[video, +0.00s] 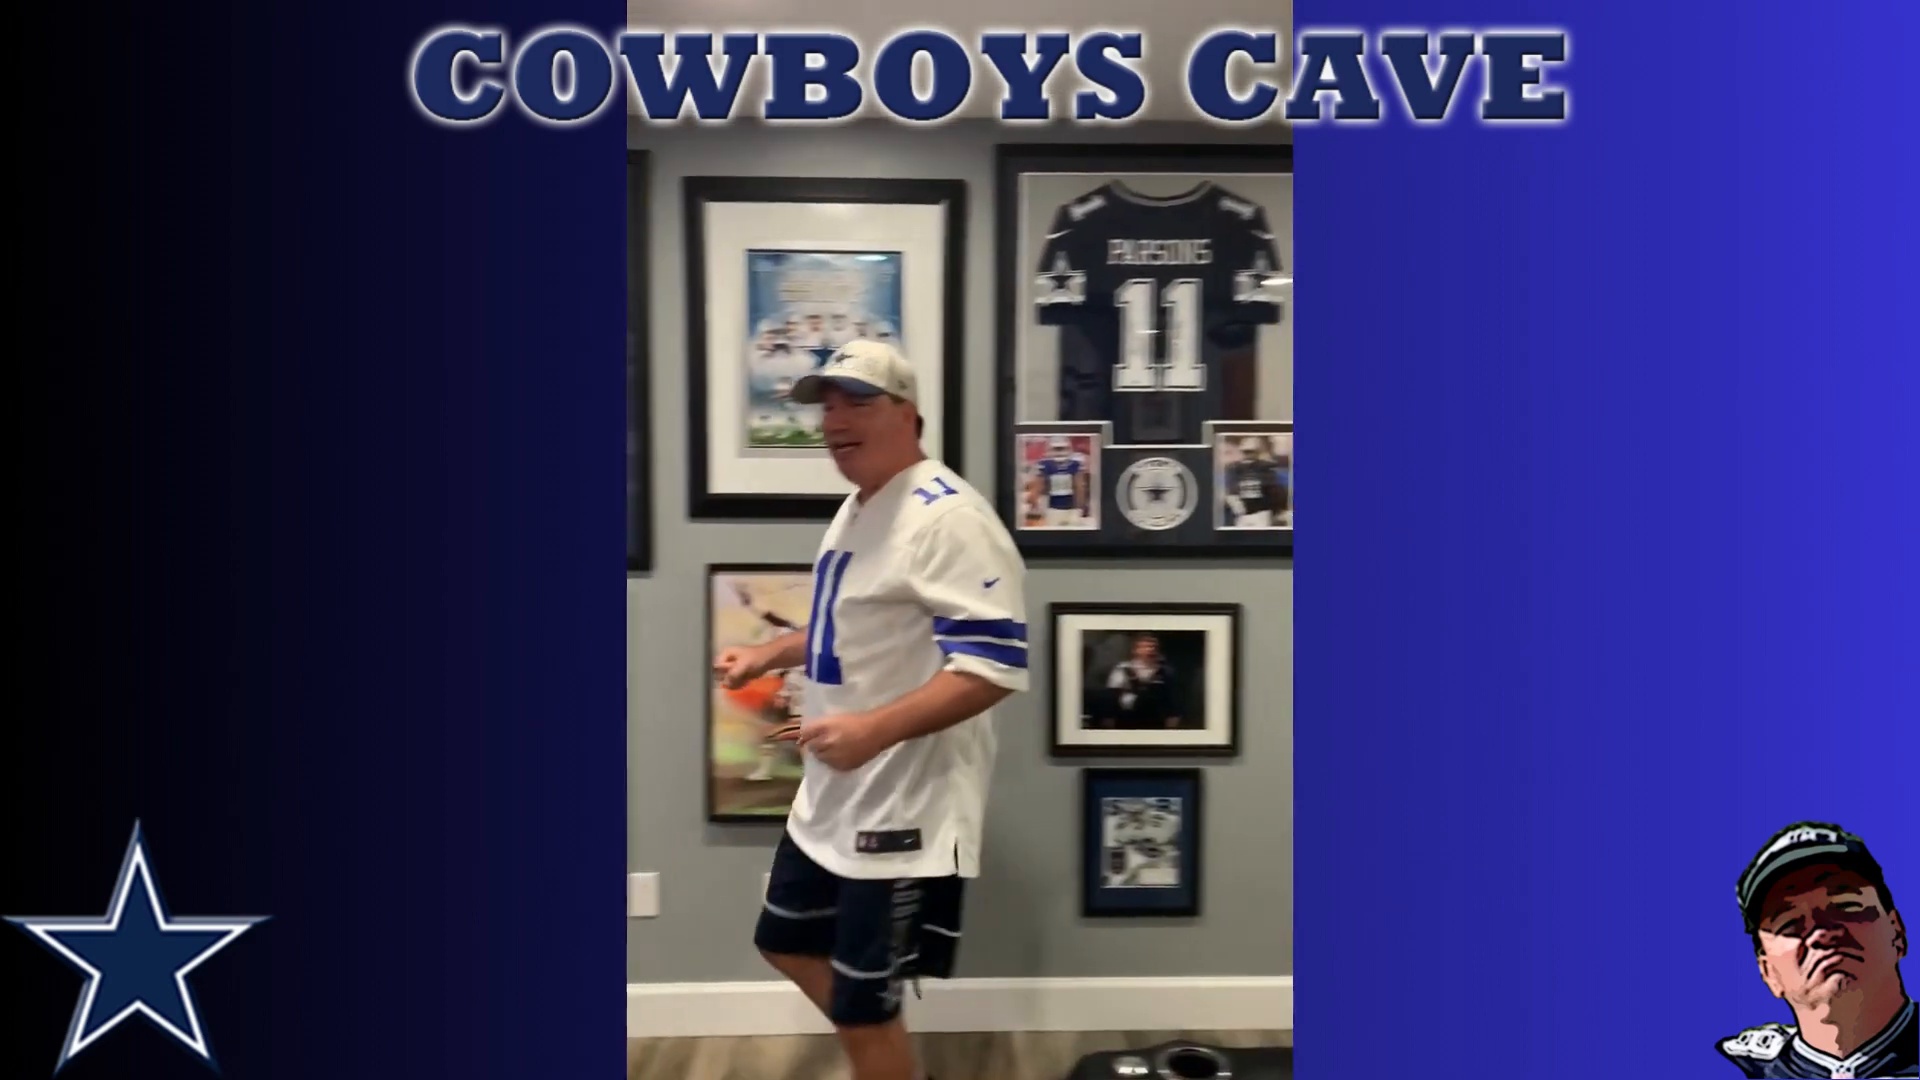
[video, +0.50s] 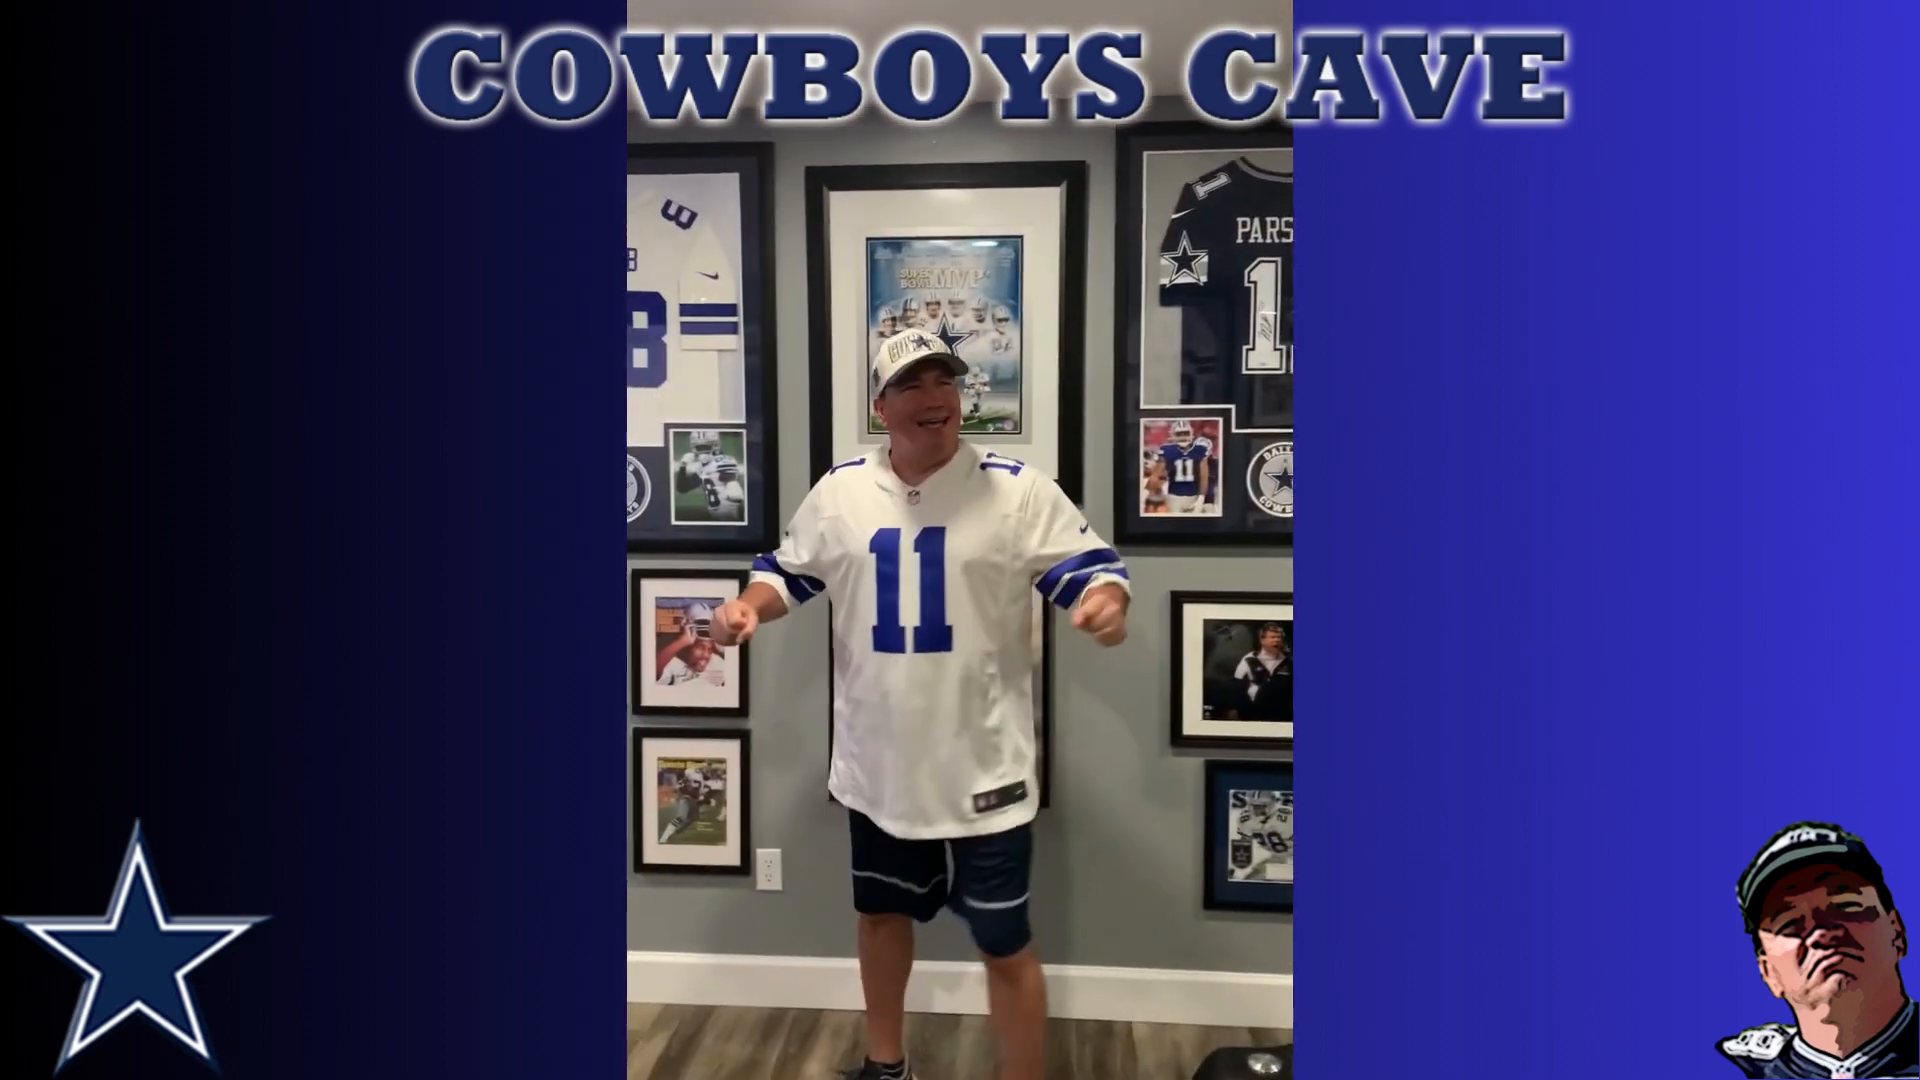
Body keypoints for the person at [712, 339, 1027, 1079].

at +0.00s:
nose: (834, 421)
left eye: (855, 404)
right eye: (826, 405)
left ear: (907, 414)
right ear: (819, 415)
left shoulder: (953, 520)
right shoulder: (858, 510)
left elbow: (991, 667)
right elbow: (855, 630)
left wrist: (873, 728)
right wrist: (774, 652)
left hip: (905, 812)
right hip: (830, 793)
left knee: (867, 1009)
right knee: (789, 942)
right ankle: (886, 1059)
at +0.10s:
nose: (862, 412)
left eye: (883, 394)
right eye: (851, 397)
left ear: (931, 404)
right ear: (841, 409)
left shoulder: (975, 513)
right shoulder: (863, 501)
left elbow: (1013, 655)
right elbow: (852, 620)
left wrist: (904, 704)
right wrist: (775, 645)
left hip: (922, 805)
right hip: (837, 786)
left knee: (899, 1002)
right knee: (793, 930)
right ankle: (848, 1062)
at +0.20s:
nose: (894, 408)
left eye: (913, 390)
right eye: (878, 394)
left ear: (950, 405)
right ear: (864, 409)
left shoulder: (996, 509)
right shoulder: (860, 497)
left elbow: (1049, 639)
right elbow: (837, 602)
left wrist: (954, 680)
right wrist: (770, 632)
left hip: (936, 801)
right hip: (848, 790)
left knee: (929, 995)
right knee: (822, 946)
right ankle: (822, 1070)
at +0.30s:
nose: (917, 407)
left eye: (933, 390)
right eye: (900, 392)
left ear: (959, 405)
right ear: (877, 411)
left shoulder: (1009, 505)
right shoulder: (850, 498)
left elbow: (1079, 622)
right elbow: (817, 590)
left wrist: (1026, 650)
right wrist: (757, 624)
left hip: (957, 794)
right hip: (862, 786)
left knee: (956, 988)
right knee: (859, 950)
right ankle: (853, 1071)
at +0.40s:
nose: (927, 424)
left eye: (940, 410)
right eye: (909, 411)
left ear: (960, 407)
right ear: (880, 412)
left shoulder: (1015, 500)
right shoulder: (844, 495)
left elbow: (1098, 591)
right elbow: (794, 577)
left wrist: (1082, 618)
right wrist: (748, 614)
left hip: (971, 775)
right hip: (872, 771)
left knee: (981, 959)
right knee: (876, 928)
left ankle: (995, 1076)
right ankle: (871, 1068)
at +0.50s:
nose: (936, 410)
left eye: (946, 393)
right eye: (914, 399)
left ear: (963, 394)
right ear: (880, 408)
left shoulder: (1019, 493)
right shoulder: (841, 496)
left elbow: (1090, 567)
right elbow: (789, 571)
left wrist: (1105, 599)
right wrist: (748, 605)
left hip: (988, 770)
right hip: (878, 769)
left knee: (1005, 946)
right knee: (882, 918)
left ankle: (1022, 1076)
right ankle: (884, 1064)